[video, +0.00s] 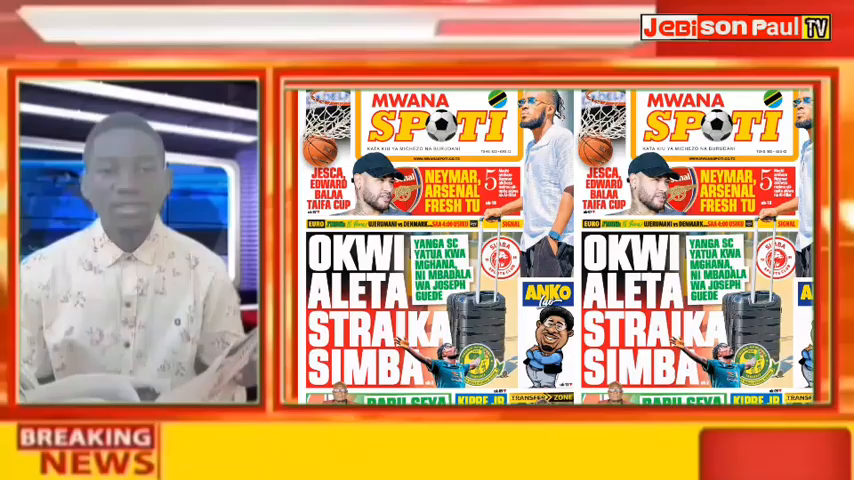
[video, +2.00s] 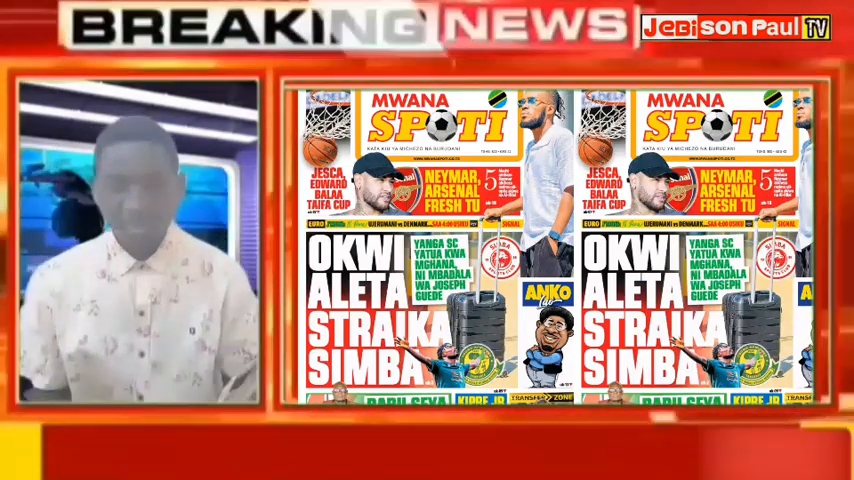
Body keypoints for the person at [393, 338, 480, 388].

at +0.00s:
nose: (453, 348)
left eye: (453, 347)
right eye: (449, 348)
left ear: (456, 352)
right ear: (443, 354)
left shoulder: (462, 367)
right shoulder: (439, 365)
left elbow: (474, 365)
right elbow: (423, 359)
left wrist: (478, 360)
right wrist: (408, 348)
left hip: (461, 402)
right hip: (445, 403)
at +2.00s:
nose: (453, 348)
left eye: (453, 347)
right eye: (449, 347)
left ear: (456, 352)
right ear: (443, 354)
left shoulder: (462, 367)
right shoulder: (439, 365)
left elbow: (474, 365)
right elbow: (423, 359)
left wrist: (478, 360)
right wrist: (408, 348)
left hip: (461, 402)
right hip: (445, 403)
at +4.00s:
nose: (453, 348)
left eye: (453, 347)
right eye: (449, 347)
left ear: (455, 351)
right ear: (443, 354)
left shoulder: (462, 367)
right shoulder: (439, 365)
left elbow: (474, 365)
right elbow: (423, 359)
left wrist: (478, 361)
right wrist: (408, 348)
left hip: (461, 402)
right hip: (444, 403)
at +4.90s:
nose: (453, 348)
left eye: (453, 347)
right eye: (449, 347)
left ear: (455, 352)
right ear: (443, 354)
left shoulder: (462, 367)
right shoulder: (439, 365)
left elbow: (474, 365)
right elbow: (423, 359)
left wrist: (478, 361)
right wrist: (408, 348)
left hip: (461, 403)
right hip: (444, 403)